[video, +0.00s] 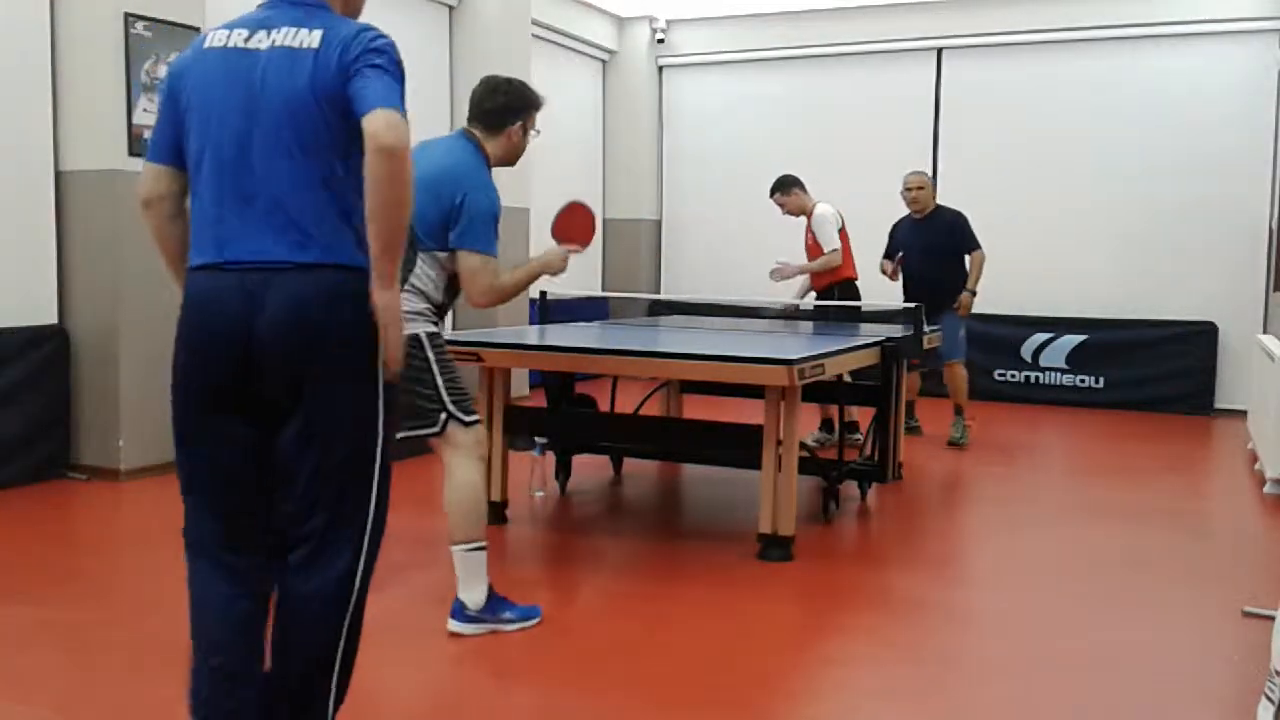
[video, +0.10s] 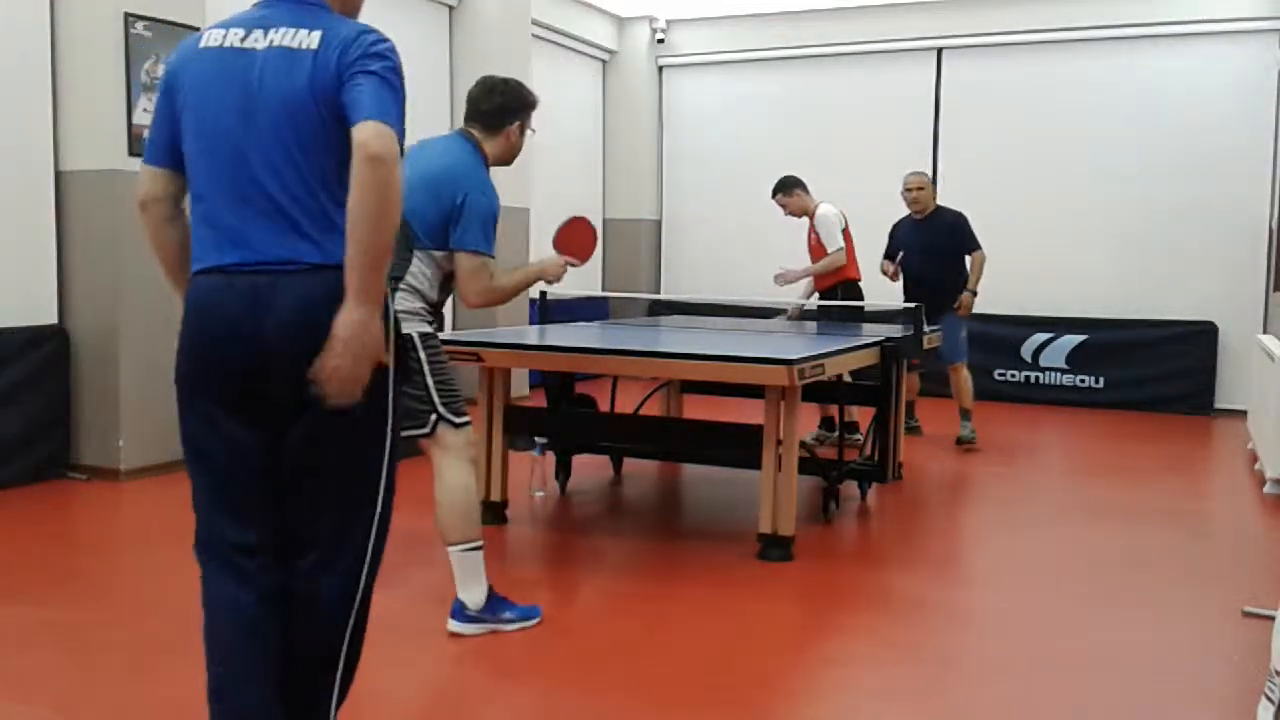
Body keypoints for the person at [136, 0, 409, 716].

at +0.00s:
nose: (362, 11)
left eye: (361, 5)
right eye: (362, 4)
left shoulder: (196, 54)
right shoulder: (358, 41)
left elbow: (158, 193)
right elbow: (387, 141)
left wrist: (202, 291)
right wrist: (386, 287)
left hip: (215, 305)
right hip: (323, 302)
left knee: (221, 541)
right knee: (330, 538)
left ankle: (224, 708)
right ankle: (301, 709)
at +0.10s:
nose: (362, 8)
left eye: (361, 1)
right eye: (361, 1)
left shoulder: (192, 52)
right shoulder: (356, 43)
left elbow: (156, 197)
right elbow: (376, 153)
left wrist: (202, 298)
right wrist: (363, 307)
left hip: (219, 310)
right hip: (326, 304)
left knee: (232, 546)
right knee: (332, 547)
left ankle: (239, 709)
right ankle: (304, 708)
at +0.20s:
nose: (361, 5)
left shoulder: (186, 55)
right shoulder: (353, 41)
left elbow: (149, 205)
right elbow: (365, 153)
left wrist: (187, 321)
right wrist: (346, 300)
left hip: (217, 308)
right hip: (328, 305)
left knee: (229, 551)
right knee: (335, 550)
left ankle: (233, 709)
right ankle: (301, 707)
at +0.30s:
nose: (360, 5)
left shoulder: (182, 59)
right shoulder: (351, 35)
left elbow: (139, 208)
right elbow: (372, 131)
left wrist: (161, 334)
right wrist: (353, 284)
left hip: (210, 310)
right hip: (328, 303)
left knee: (226, 558)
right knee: (338, 550)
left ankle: (230, 709)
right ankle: (308, 708)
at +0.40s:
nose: (363, 9)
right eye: (362, 7)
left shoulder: (181, 58)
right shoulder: (351, 25)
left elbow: (137, 213)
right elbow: (383, 106)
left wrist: (134, 354)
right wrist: (363, 259)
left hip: (212, 310)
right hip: (338, 303)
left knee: (223, 556)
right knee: (355, 546)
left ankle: (225, 709)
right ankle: (338, 708)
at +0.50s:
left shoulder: (182, 56)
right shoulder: (358, 18)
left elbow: (136, 209)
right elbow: (400, 97)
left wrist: (118, 347)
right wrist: (381, 250)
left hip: (221, 313)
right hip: (350, 300)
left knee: (230, 558)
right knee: (380, 549)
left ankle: (230, 710)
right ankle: (381, 706)